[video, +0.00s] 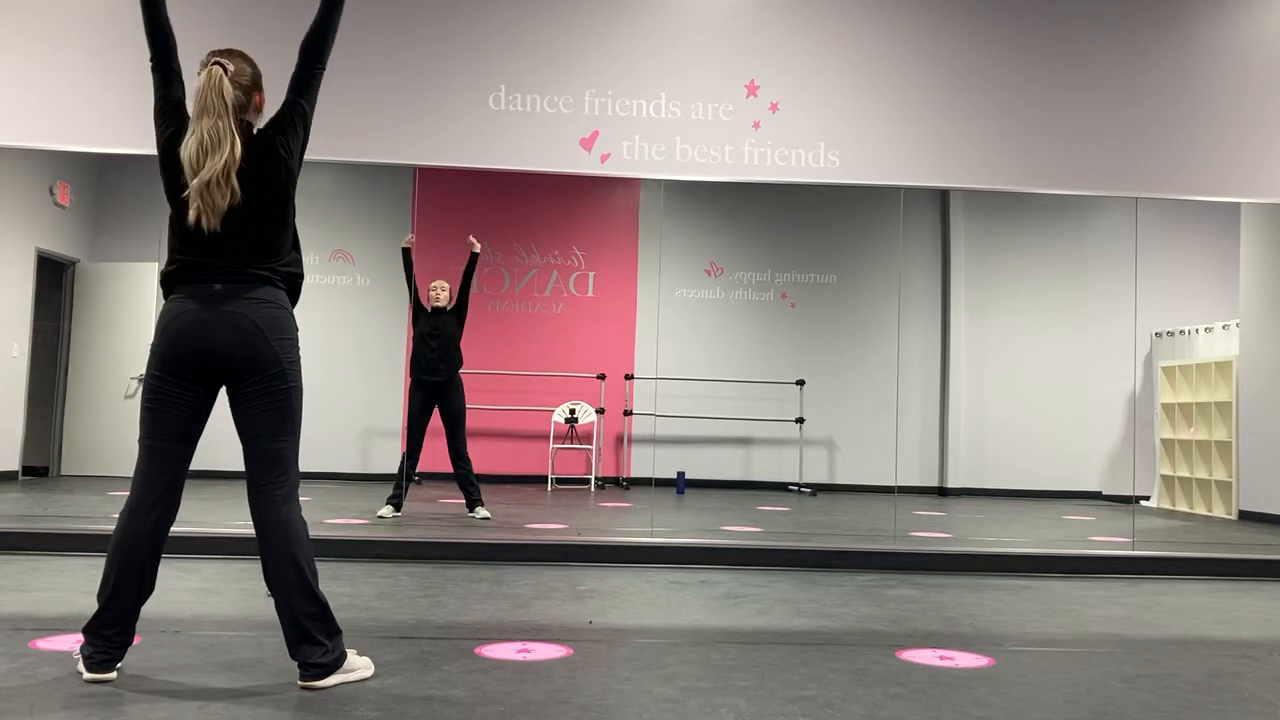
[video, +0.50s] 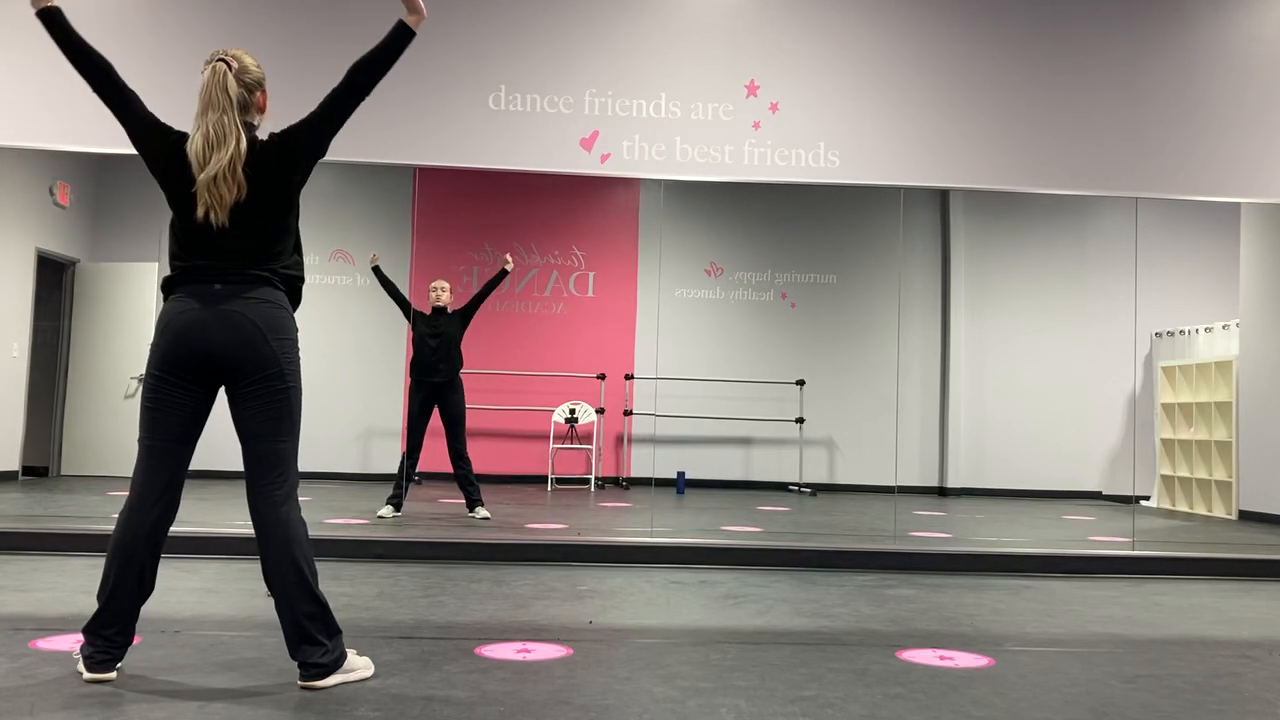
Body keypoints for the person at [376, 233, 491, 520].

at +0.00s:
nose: (437, 291)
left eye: (442, 289)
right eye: (434, 288)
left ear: (450, 296)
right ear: (428, 295)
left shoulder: (456, 316)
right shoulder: (420, 315)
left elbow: (465, 286)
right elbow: (410, 283)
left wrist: (474, 254)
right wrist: (406, 249)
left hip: (450, 387)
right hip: (421, 387)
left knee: (458, 447)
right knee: (412, 448)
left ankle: (475, 504)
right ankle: (394, 503)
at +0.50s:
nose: (437, 293)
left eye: (442, 290)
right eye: (434, 290)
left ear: (451, 296)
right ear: (428, 296)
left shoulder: (459, 319)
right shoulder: (418, 319)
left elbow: (481, 295)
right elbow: (396, 294)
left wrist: (504, 270)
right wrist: (376, 268)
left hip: (451, 389)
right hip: (421, 389)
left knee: (458, 449)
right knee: (412, 448)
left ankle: (475, 505)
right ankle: (394, 504)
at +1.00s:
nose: (437, 295)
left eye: (442, 292)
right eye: (433, 292)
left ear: (450, 298)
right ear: (428, 297)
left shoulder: (459, 323)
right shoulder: (415, 323)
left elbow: (492, 315)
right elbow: (382, 314)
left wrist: (525, 308)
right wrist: (351, 304)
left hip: (450, 390)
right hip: (421, 390)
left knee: (458, 450)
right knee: (412, 449)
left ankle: (475, 505)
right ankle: (394, 504)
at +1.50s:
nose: (437, 297)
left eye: (442, 294)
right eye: (433, 294)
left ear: (449, 299)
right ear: (427, 298)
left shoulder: (459, 325)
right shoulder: (416, 327)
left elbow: (487, 342)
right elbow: (388, 346)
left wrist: (516, 357)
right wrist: (357, 361)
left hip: (450, 390)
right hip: (421, 391)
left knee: (458, 449)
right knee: (412, 449)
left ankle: (475, 505)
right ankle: (394, 503)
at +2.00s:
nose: (436, 297)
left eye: (440, 293)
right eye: (432, 293)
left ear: (448, 298)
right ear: (426, 297)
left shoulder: (458, 326)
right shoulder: (417, 327)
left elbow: (469, 358)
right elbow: (402, 360)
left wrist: (484, 387)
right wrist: (383, 388)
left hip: (450, 390)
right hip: (420, 391)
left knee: (458, 448)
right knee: (411, 448)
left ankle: (475, 505)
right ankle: (394, 504)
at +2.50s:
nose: (435, 295)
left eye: (440, 292)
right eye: (431, 291)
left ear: (447, 297)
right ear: (425, 296)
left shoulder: (456, 322)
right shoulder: (414, 324)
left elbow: (460, 354)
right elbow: (405, 355)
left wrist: (441, 368)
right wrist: (417, 379)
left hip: (446, 388)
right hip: (418, 388)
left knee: (457, 446)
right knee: (408, 446)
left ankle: (475, 504)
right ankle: (393, 503)